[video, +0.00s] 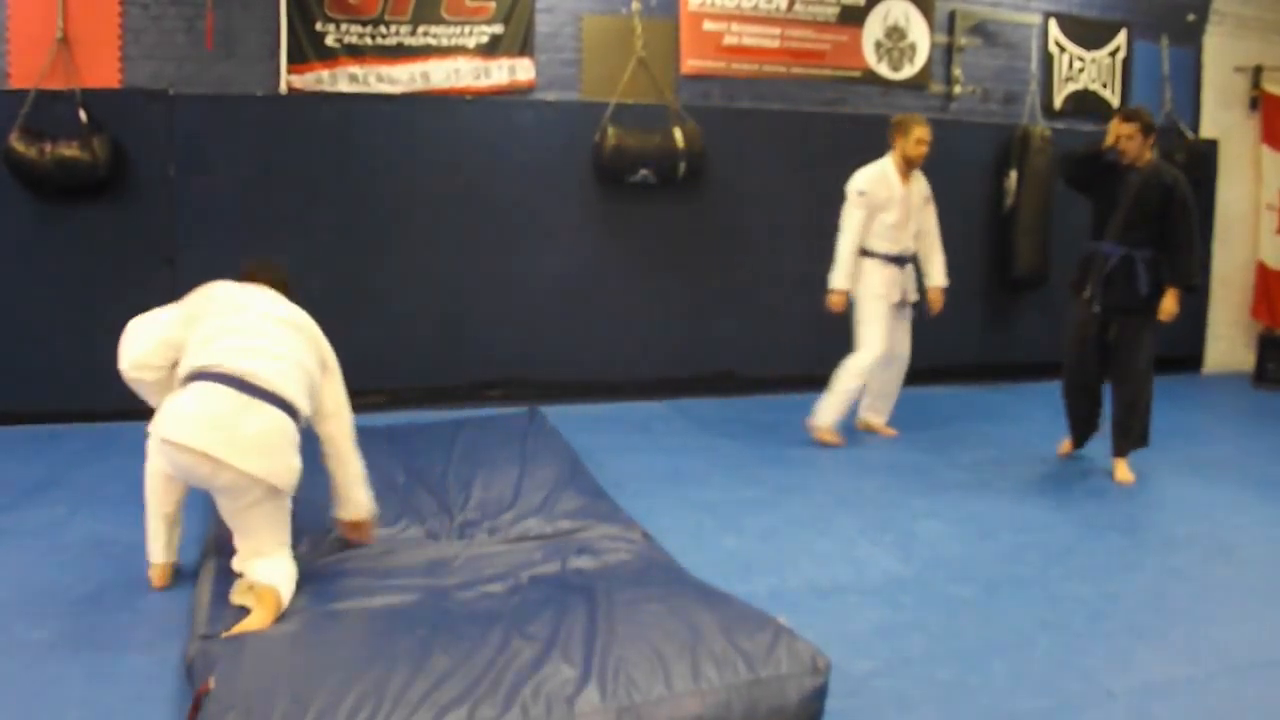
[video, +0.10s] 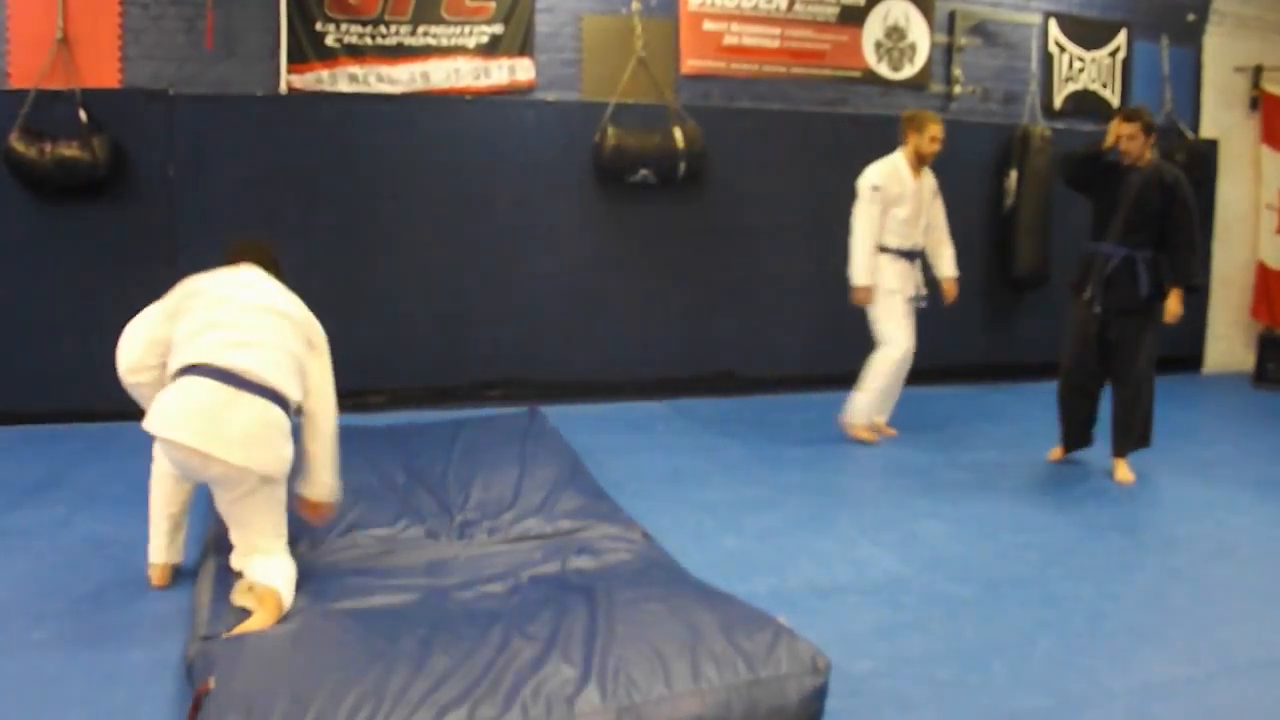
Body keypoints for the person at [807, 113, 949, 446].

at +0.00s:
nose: (924, 150)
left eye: (927, 144)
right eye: (918, 142)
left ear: (928, 147)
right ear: (898, 141)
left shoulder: (920, 185)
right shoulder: (867, 180)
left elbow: (929, 236)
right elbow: (849, 235)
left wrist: (936, 282)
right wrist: (839, 284)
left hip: (905, 270)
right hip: (872, 267)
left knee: (899, 349)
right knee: (871, 347)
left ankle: (873, 414)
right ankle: (823, 419)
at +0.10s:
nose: (938, 147)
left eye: (940, 141)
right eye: (932, 140)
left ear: (939, 143)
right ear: (911, 137)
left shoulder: (927, 180)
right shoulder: (878, 175)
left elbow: (937, 229)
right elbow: (863, 229)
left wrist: (947, 273)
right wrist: (861, 278)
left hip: (910, 265)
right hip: (882, 263)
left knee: (905, 345)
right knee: (895, 342)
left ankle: (877, 416)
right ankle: (856, 415)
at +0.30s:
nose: (974, 155)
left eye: (975, 148)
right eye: (970, 147)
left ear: (953, 146)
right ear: (949, 143)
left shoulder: (948, 180)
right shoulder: (919, 176)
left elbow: (955, 228)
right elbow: (906, 229)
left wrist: (971, 267)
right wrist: (915, 278)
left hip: (928, 266)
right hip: (913, 268)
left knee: (901, 347)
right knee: (946, 346)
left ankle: (871, 412)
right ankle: (964, 421)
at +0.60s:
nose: (1037, 154)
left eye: (1038, 147)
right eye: (1033, 147)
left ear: (1008, 147)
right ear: (1015, 148)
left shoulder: (986, 170)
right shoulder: (1005, 184)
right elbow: (1003, 243)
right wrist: (1011, 294)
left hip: (959, 264)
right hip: (979, 272)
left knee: (953, 343)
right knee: (997, 349)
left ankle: (901, 391)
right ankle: (994, 425)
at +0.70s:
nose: (1054, 149)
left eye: (1054, 142)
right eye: (1049, 143)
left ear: (1025, 144)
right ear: (1029, 144)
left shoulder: (1000, 168)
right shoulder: (1021, 178)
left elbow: (984, 223)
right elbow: (1027, 234)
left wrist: (969, 266)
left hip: (980, 263)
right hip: (1000, 271)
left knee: (988, 343)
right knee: (1008, 349)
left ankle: (941, 393)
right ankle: (996, 425)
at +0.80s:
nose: (1065, 146)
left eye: (1066, 139)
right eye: (1061, 139)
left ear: (1039, 140)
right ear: (1041, 139)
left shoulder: (1017, 165)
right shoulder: (1032, 172)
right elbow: (1031, 222)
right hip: (1016, 268)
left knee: (1034, 340)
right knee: (1015, 345)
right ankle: (996, 423)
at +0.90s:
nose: (1073, 142)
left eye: (1072, 135)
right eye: (1069, 136)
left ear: (1048, 136)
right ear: (1057, 137)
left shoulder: (1034, 166)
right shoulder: (1041, 171)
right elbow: (1020, 227)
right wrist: (1058, 249)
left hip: (1030, 263)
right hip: (1027, 267)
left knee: (1021, 344)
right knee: (1024, 345)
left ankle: (996, 420)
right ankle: (996, 423)